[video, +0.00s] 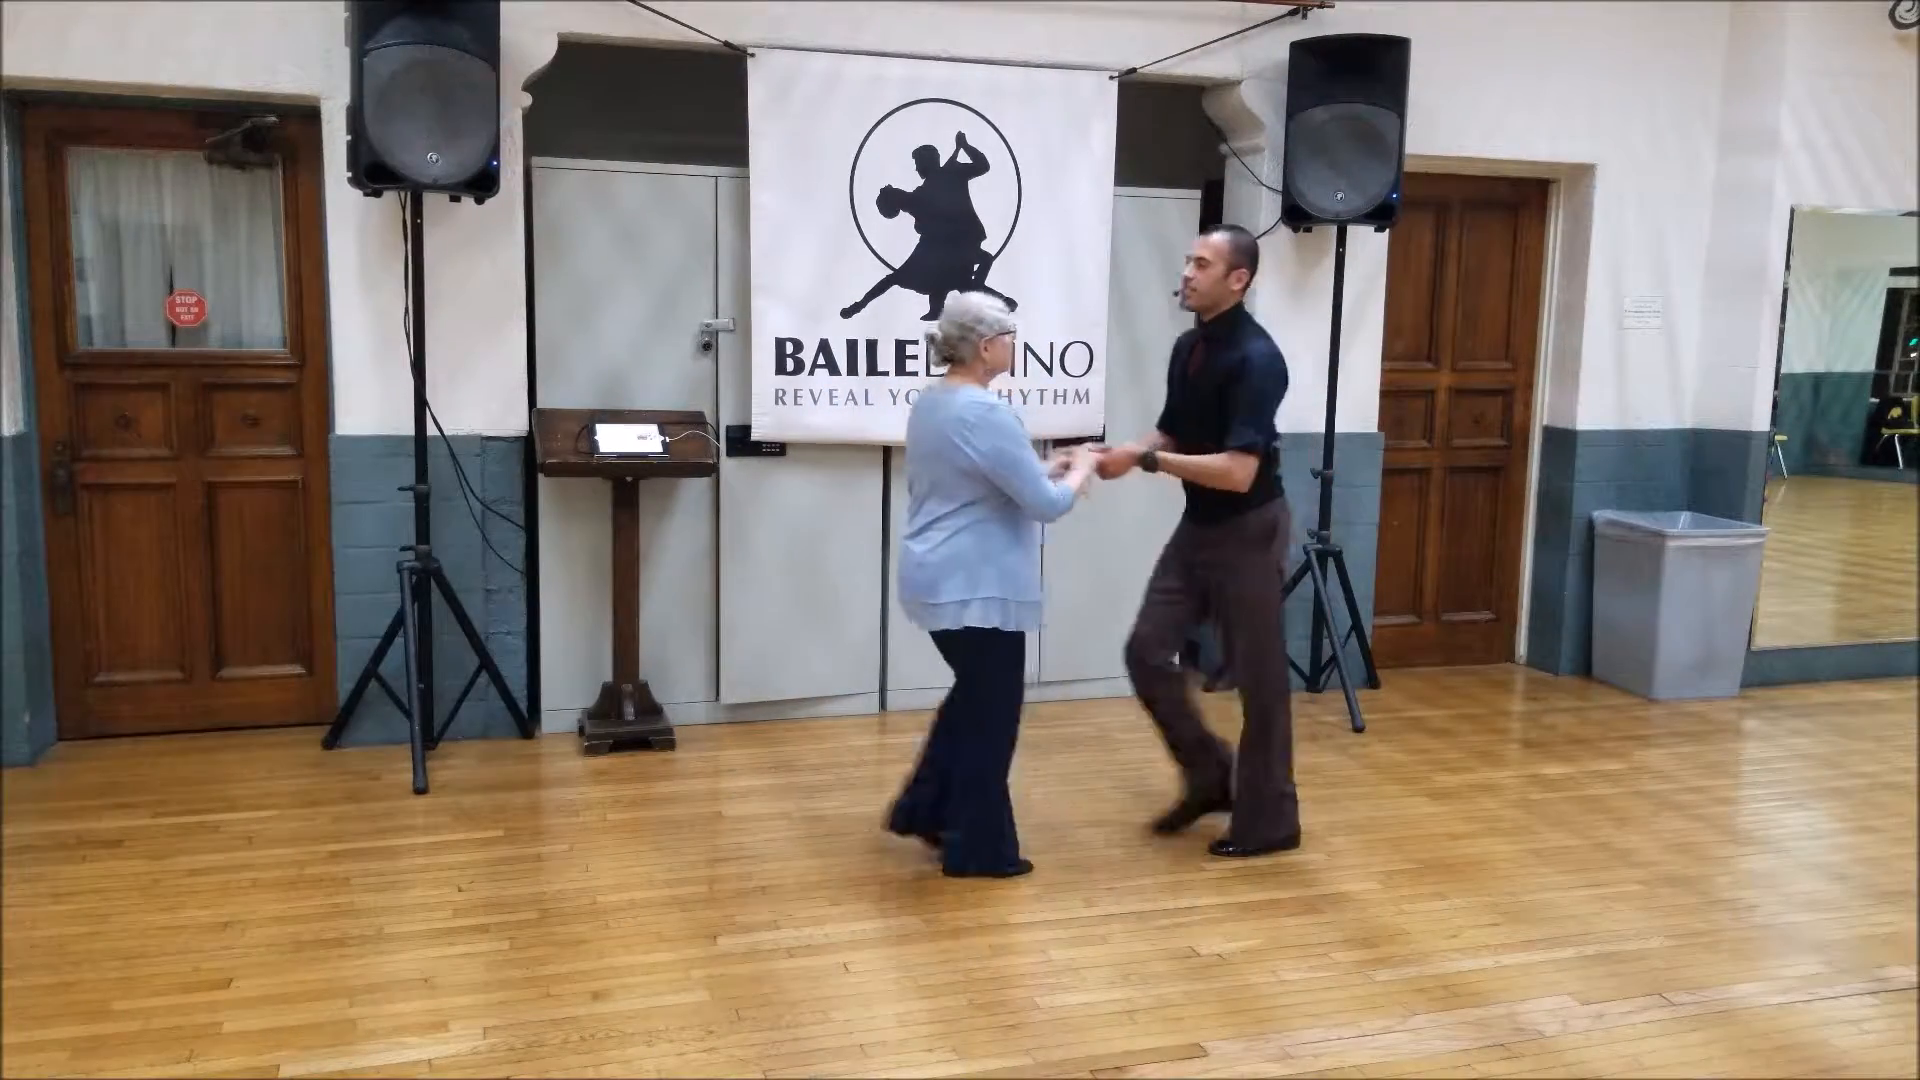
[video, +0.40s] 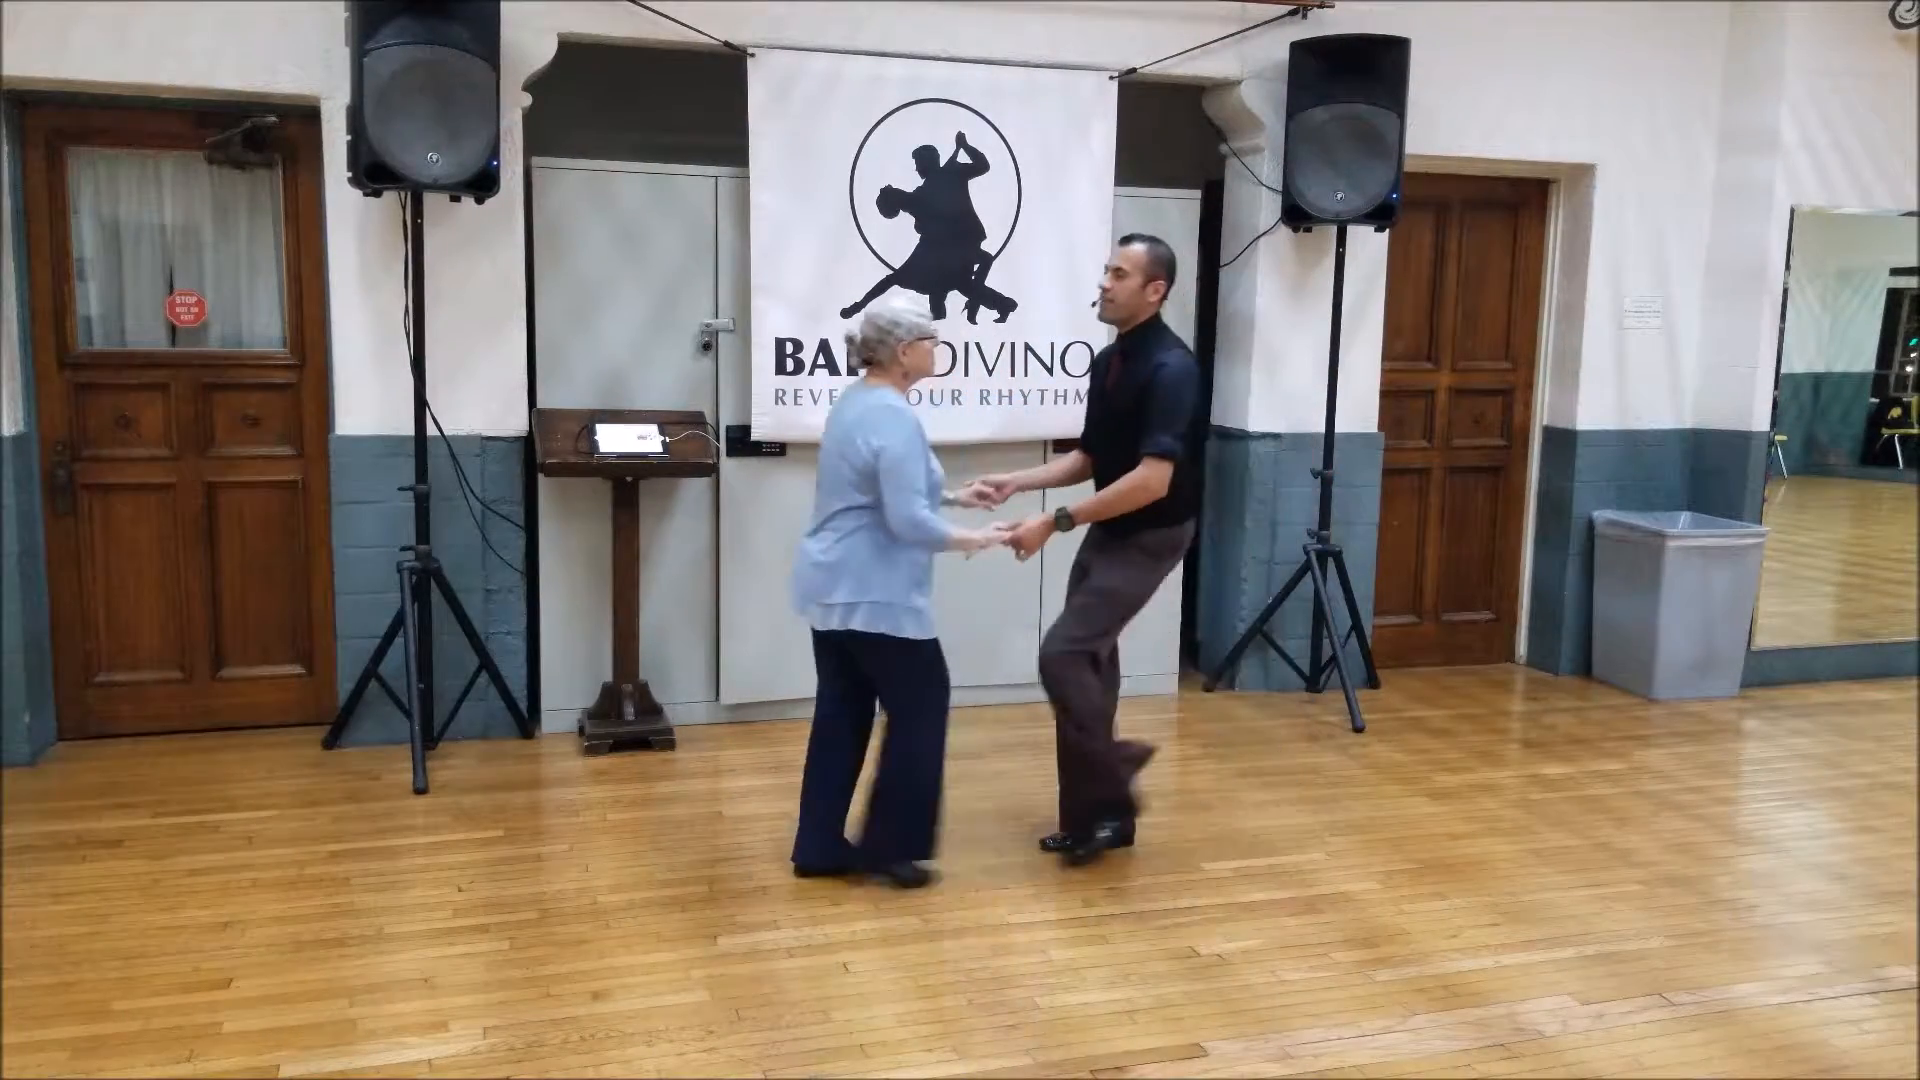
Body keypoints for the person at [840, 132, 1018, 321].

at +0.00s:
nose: (917, 167)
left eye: (918, 163)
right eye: (917, 162)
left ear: (921, 163)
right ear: (938, 159)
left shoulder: (919, 195)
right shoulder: (957, 171)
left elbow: (920, 227)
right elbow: (983, 165)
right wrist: (966, 146)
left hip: (935, 253)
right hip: (966, 248)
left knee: (895, 278)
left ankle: (860, 305)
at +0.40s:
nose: (916, 167)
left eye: (917, 163)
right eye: (916, 163)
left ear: (924, 163)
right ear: (937, 159)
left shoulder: (920, 194)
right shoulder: (957, 171)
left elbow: (920, 227)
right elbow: (982, 165)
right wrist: (966, 146)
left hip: (934, 255)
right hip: (966, 249)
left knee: (894, 278)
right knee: (965, 285)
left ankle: (859, 306)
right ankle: (1003, 304)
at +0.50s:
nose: (916, 167)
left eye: (918, 162)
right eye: (916, 162)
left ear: (924, 163)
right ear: (937, 160)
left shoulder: (921, 193)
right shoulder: (955, 172)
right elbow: (983, 166)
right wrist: (965, 146)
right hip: (968, 238)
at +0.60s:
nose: (916, 167)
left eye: (918, 162)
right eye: (916, 162)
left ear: (923, 164)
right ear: (937, 160)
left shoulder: (920, 193)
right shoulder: (955, 172)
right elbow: (983, 165)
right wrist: (965, 146)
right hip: (967, 238)